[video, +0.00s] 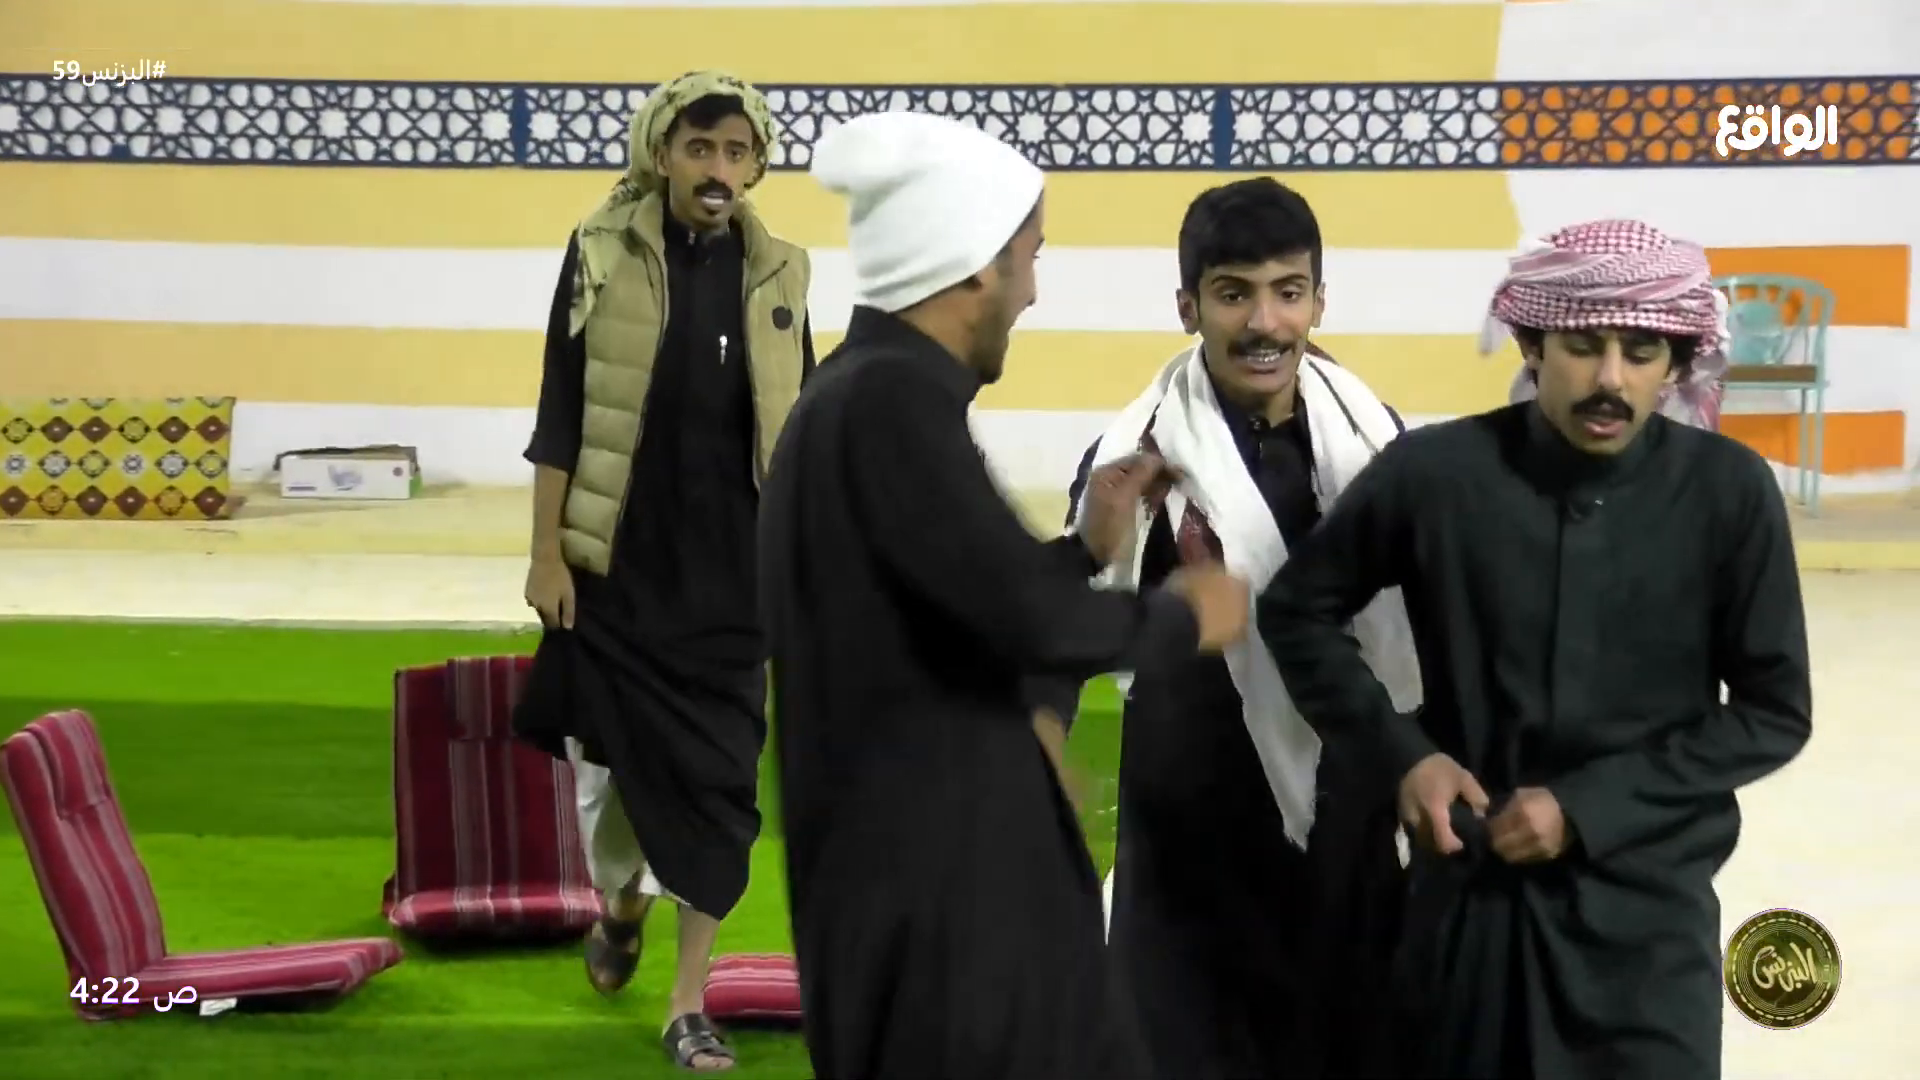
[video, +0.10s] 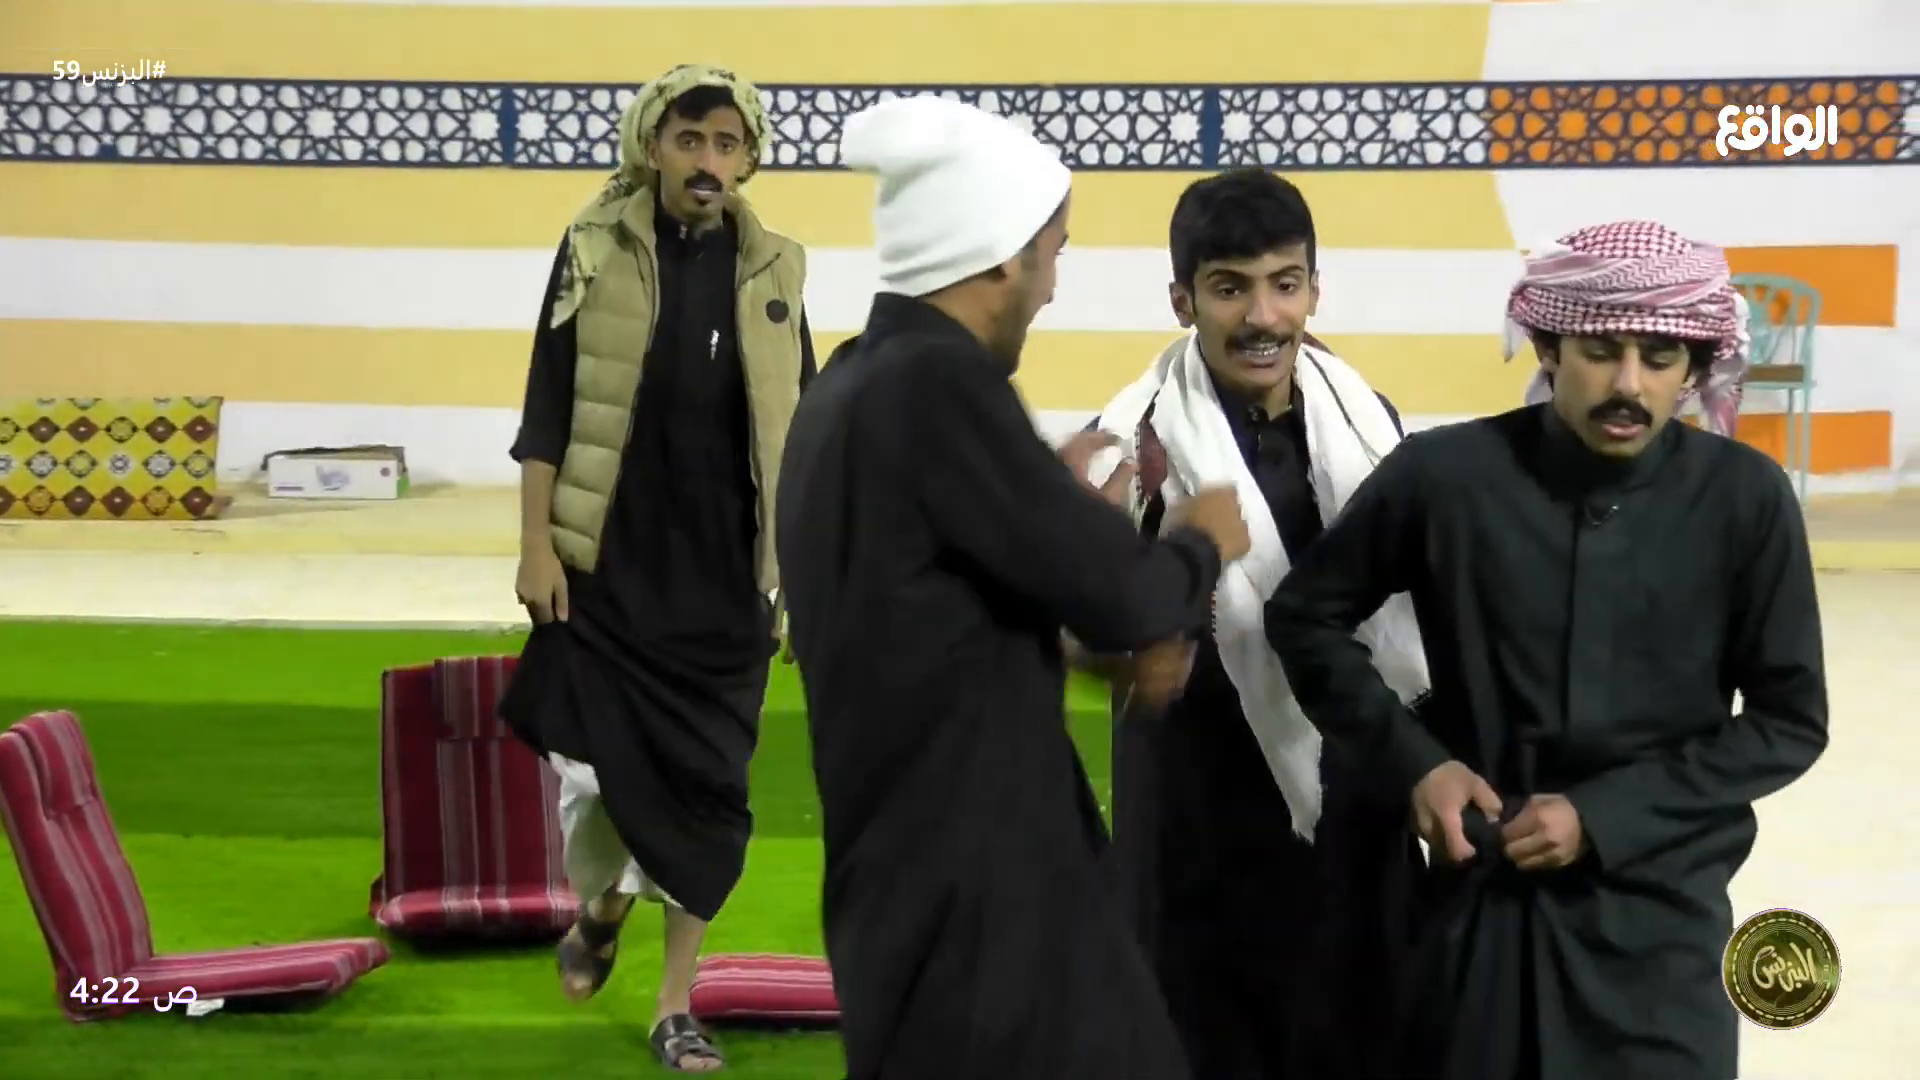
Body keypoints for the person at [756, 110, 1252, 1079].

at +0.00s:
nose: (1034, 289)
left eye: (1033, 257)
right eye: (1029, 257)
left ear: (956, 266)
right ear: (975, 268)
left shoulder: (844, 400)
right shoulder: (897, 402)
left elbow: (948, 617)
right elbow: (1017, 616)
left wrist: (1087, 550)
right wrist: (1179, 619)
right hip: (955, 904)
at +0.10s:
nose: (1057, 278)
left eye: (1058, 247)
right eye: (1053, 247)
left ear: (958, 248)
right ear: (1001, 253)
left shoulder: (843, 390)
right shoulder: (942, 388)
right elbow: (1128, 608)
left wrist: (1057, 508)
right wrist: (1199, 546)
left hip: (902, 902)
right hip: (997, 911)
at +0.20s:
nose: (1096, 268)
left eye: (1093, 242)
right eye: (1093, 244)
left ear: (956, 248)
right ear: (1060, 255)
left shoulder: (860, 397)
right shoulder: (1011, 388)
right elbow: (1187, 592)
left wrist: (1106, 499)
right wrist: (1269, 505)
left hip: (916, 908)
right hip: (1042, 915)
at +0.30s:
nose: (1108, 273)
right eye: (1107, 250)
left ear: (970, 257)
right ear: (1086, 260)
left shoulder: (884, 394)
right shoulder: (1058, 395)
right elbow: (1216, 595)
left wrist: (1109, 452)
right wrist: (1301, 501)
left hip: (921, 864)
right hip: (1054, 870)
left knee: (946, 1052)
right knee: (1067, 1053)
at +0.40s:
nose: (1127, 286)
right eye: (1126, 264)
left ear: (981, 269)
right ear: (1099, 273)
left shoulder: (908, 394)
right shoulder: (1108, 404)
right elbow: (1217, 610)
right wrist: (1268, 461)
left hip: (925, 823)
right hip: (1069, 829)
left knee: (933, 1045)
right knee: (1060, 1047)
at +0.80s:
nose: (1001, 265)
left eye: (988, 243)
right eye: (994, 246)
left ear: (876, 280)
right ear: (985, 266)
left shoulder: (821, 422)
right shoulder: (1046, 389)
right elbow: (1208, 511)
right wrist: (1227, 449)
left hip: (907, 828)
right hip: (1073, 812)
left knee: (953, 1046)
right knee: (1131, 1034)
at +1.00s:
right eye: (963, 237)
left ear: (847, 283)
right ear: (962, 260)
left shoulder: (808, 415)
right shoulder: (1056, 372)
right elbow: (1237, 491)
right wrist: (1167, 528)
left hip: (908, 825)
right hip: (1082, 801)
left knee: (942, 1046)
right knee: (1171, 1037)